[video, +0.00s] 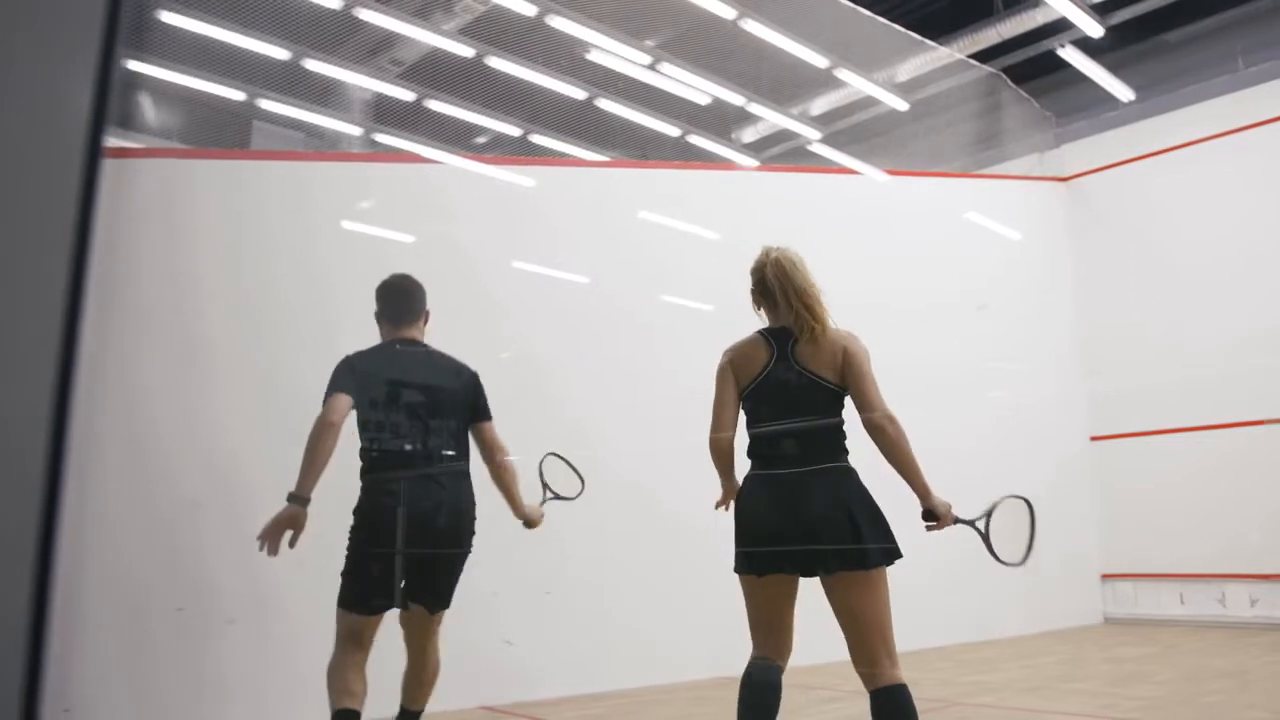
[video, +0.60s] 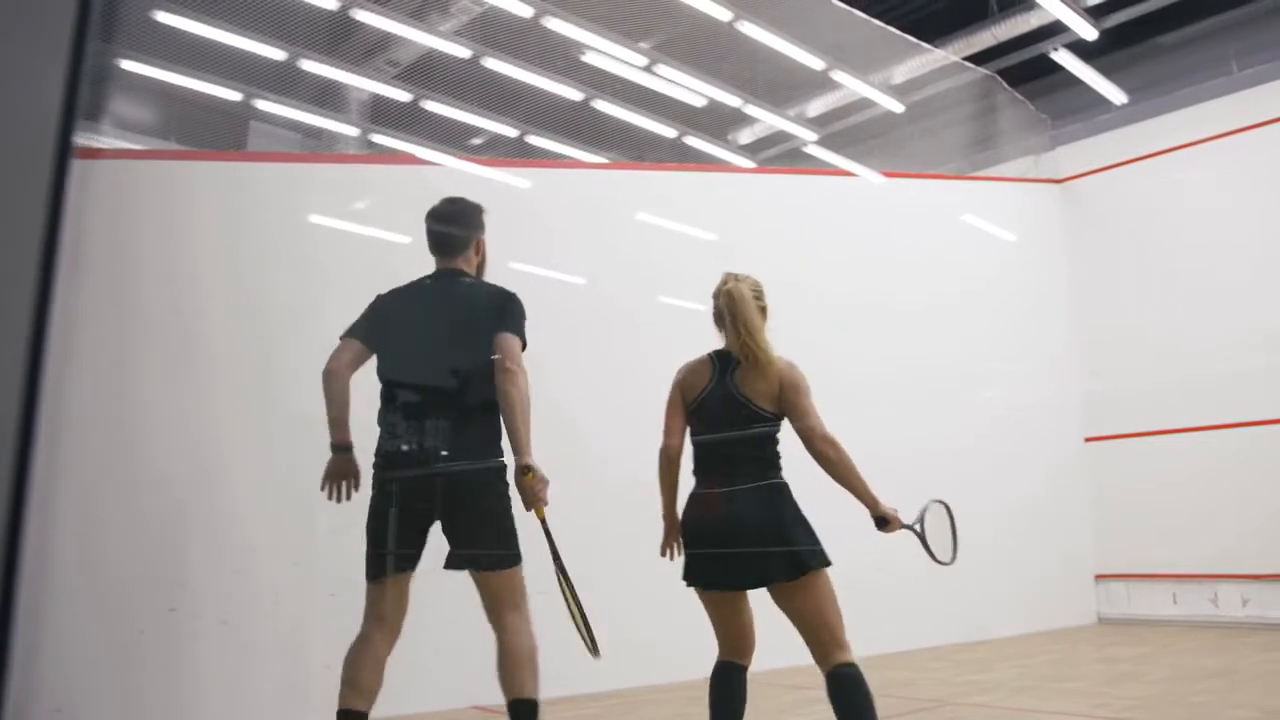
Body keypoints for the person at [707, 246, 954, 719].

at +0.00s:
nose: (759, 300)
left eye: (757, 294)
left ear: (759, 297)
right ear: (809, 289)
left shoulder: (738, 357)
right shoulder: (843, 346)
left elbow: (720, 438)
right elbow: (878, 420)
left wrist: (729, 484)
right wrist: (927, 495)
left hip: (765, 512)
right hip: (838, 506)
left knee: (767, 654)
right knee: (880, 668)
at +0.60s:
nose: (763, 316)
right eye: (763, 308)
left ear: (716, 317)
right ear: (763, 313)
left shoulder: (689, 376)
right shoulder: (781, 373)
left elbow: (670, 450)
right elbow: (819, 442)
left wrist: (669, 517)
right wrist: (874, 504)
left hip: (708, 526)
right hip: (772, 520)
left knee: (733, 649)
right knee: (833, 650)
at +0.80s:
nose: (738, 308)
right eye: (737, 300)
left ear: (689, 305)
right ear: (736, 304)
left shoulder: (662, 363)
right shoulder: (756, 362)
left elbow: (641, 437)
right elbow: (802, 429)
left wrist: (636, 497)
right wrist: (852, 486)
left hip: (682, 513)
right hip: (746, 506)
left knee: (707, 641)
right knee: (782, 637)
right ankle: (808, 715)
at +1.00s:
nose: (712, 299)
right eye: (711, 292)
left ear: (662, 299)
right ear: (709, 298)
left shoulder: (641, 350)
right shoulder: (738, 356)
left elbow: (623, 426)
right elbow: (792, 422)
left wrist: (605, 484)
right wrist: (831, 475)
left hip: (657, 495)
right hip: (722, 492)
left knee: (667, 632)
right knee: (733, 630)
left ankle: (671, 717)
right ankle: (755, 716)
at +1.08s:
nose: (651, 310)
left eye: (652, 302)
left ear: (651, 305)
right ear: (698, 306)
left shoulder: (633, 354)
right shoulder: (726, 361)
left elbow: (616, 428)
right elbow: (782, 426)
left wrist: (590, 490)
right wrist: (821, 480)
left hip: (648, 497)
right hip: (713, 495)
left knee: (645, 633)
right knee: (721, 631)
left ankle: (647, 717)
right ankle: (746, 716)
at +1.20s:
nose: (638, 322)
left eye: (634, 313)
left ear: (633, 318)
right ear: (678, 317)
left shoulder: (613, 370)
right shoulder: (699, 370)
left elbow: (589, 438)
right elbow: (754, 433)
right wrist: (794, 490)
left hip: (637, 505)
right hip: (701, 506)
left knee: (609, 628)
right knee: (710, 633)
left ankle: (611, 711)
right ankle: (740, 714)